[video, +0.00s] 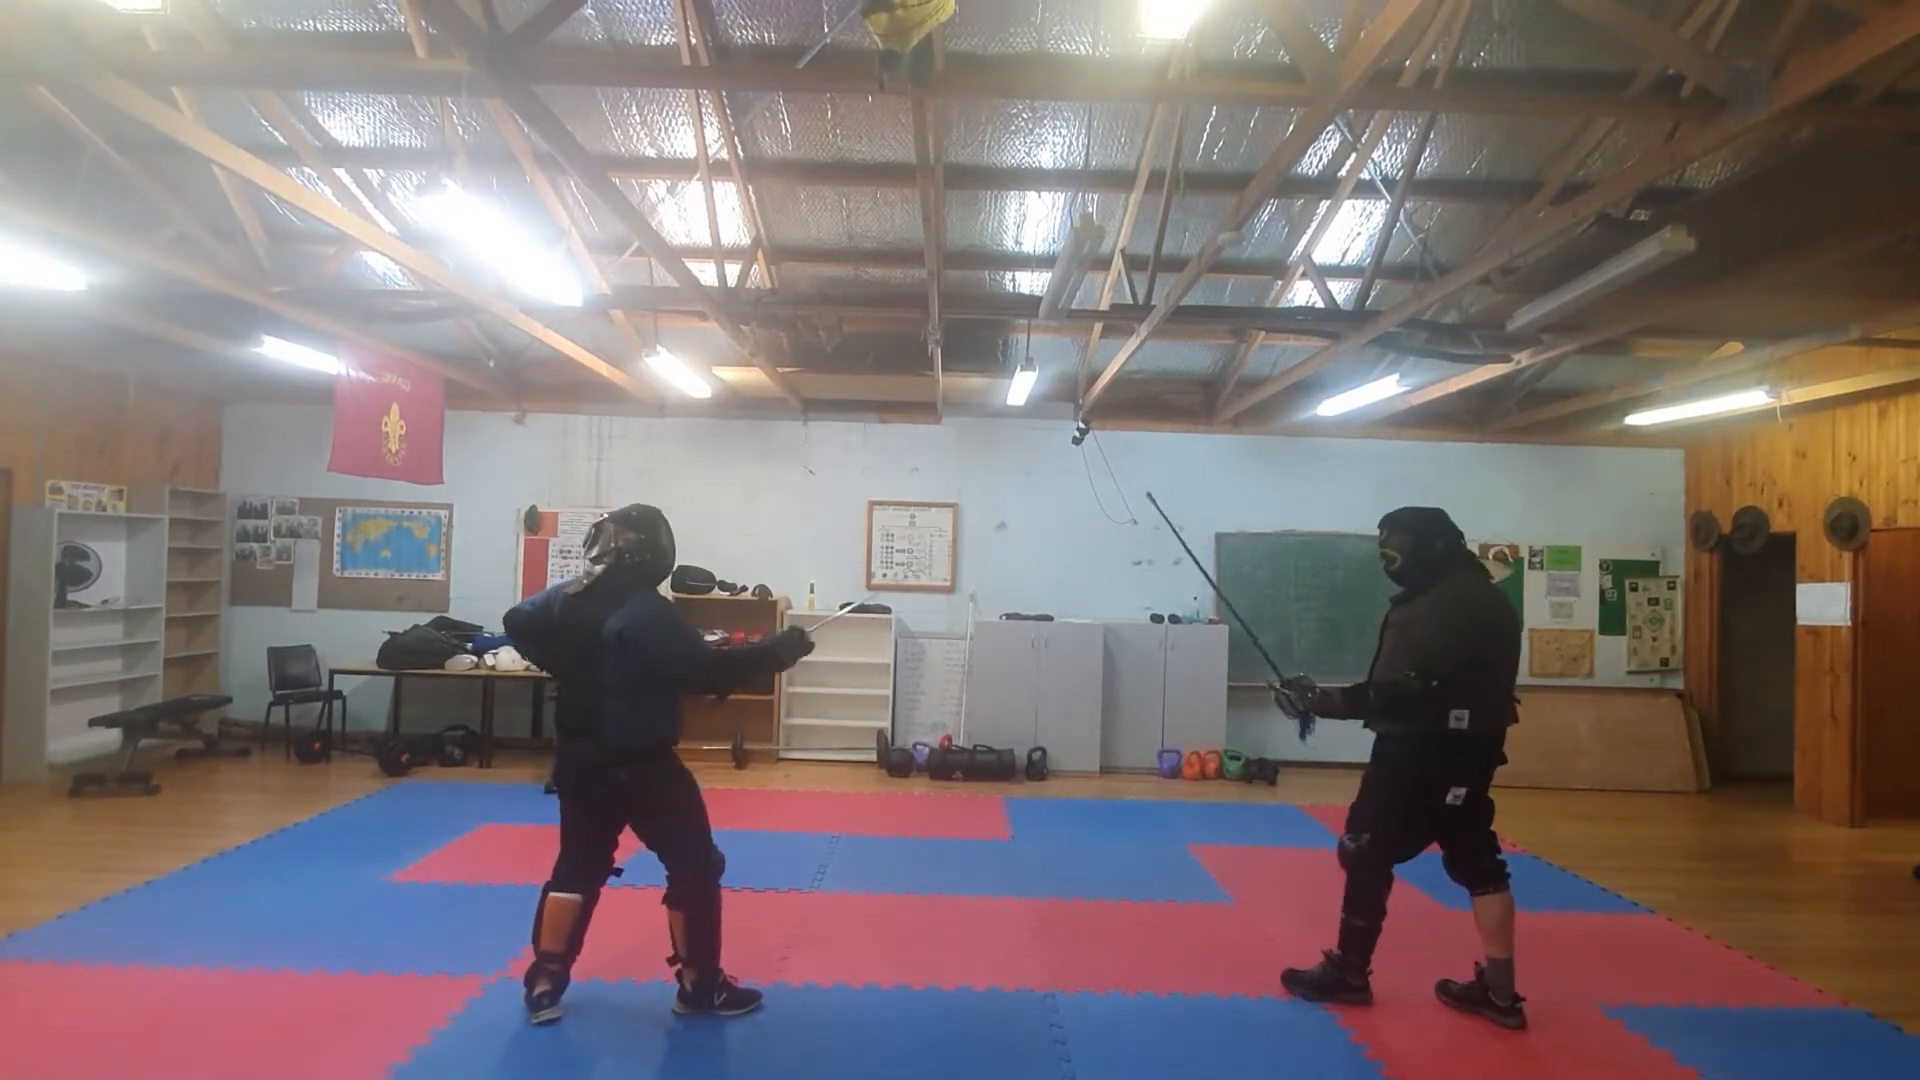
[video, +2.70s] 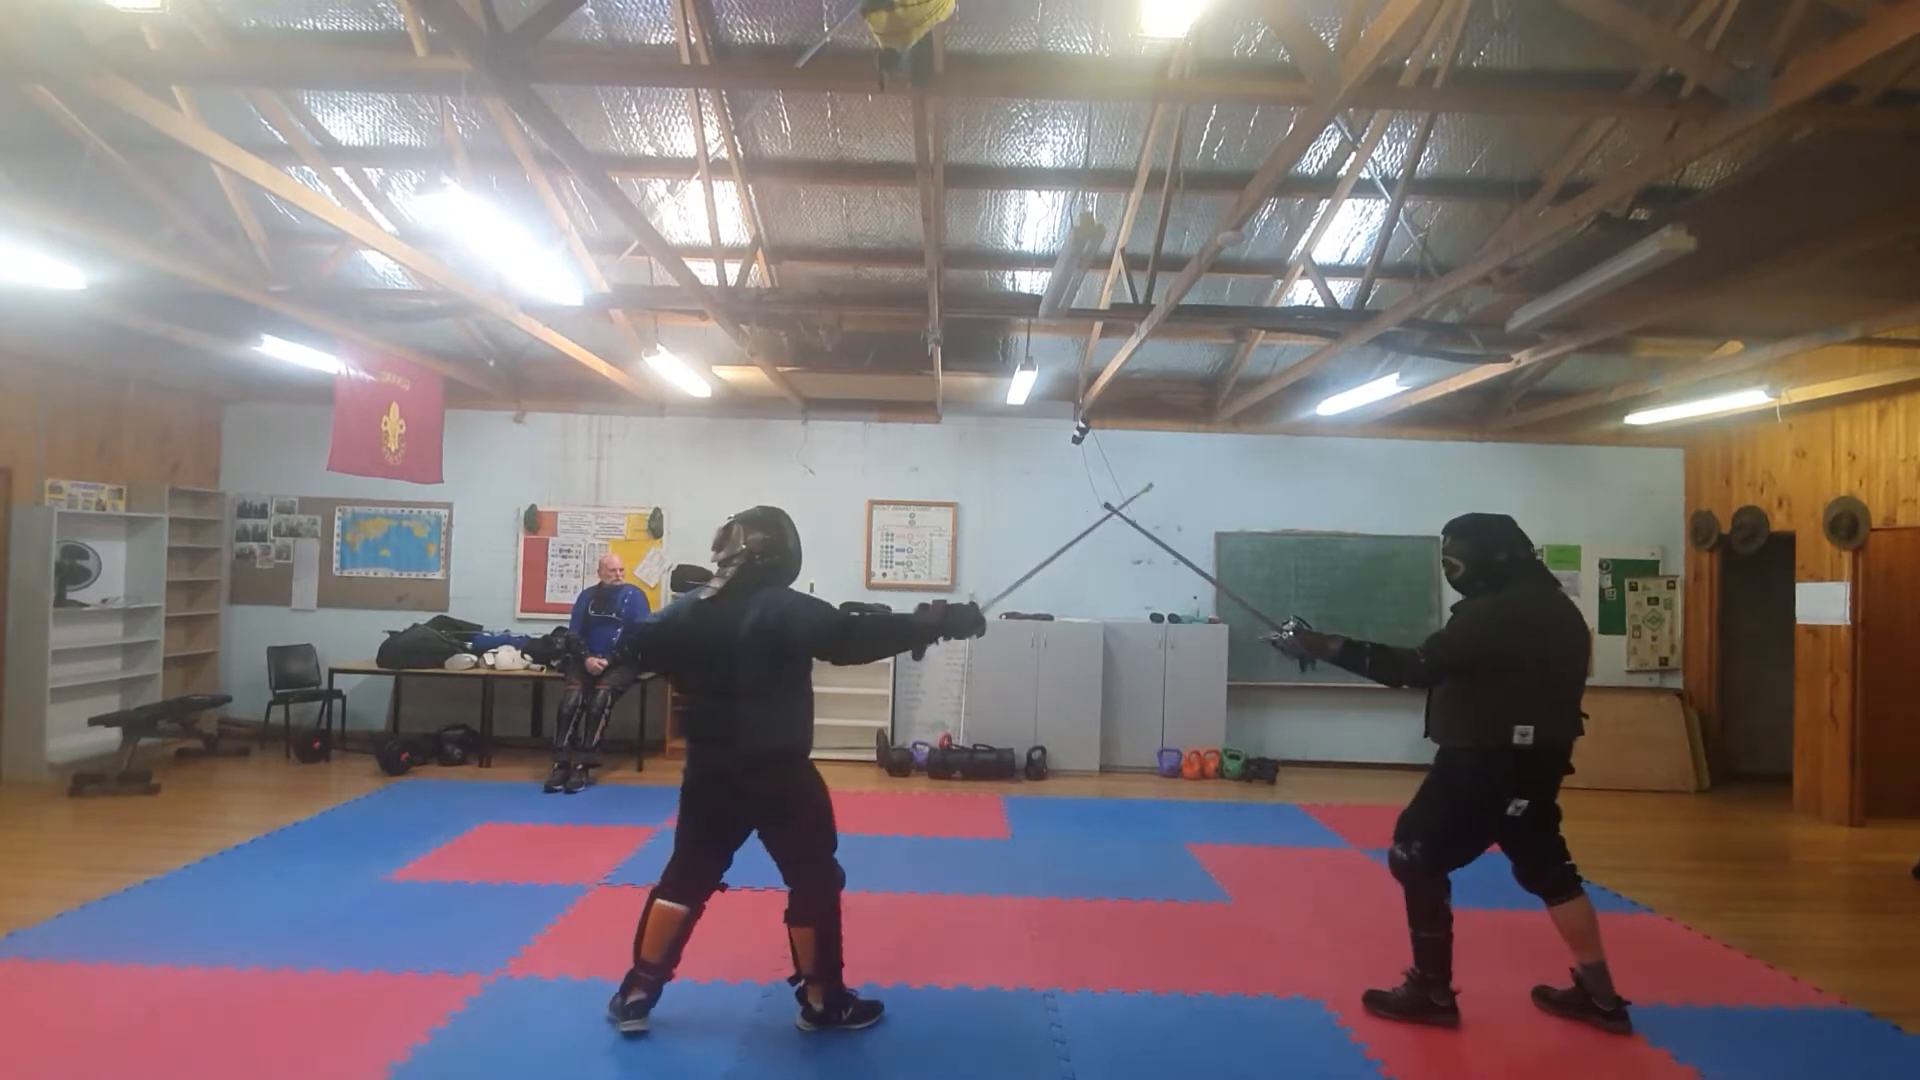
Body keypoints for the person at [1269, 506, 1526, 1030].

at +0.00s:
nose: (1388, 566)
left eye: (1394, 554)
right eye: (1385, 555)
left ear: (1423, 548)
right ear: (1442, 546)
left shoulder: (1421, 609)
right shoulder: (1491, 601)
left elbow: (1395, 700)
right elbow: (1495, 699)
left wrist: (1319, 699)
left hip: (1413, 757)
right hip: (1472, 758)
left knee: (1366, 852)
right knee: (1479, 864)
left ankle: (1349, 970)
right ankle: (1499, 989)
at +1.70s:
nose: (1368, 567)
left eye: (1373, 556)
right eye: (1366, 557)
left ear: (1402, 551)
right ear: (1426, 547)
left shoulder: (1405, 606)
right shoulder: (1475, 600)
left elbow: (1345, 659)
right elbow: (1474, 686)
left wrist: (1252, 657)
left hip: (1395, 753)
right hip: (1456, 752)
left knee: (1343, 844)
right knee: (1470, 855)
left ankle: (1344, 970)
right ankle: (1513, 973)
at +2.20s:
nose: (1401, 578)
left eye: (1406, 567)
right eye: (1399, 568)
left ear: (1435, 564)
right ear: (1458, 562)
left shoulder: (1440, 617)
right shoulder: (1512, 616)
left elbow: (1369, 665)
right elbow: (1511, 703)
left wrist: (1281, 643)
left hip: (1432, 768)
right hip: (1494, 771)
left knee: (1364, 851)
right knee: (1518, 869)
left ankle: (1345, 970)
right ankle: (1589, 984)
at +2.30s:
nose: (1419, 578)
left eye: (1424, 567)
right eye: (1417, 568)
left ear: (1454, 564)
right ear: (1480, 561)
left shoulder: (1460, 616)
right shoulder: (1532, 613)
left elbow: (1390, 668)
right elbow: (1534, 701)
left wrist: (1298, 647)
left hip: (1457, 765)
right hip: (1519, 765)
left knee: (1391, 855)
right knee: (1538, 870)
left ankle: (1350, 968)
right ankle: (1596, 991)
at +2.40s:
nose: (1437, 576)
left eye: (1442, 565)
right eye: (1435, 566)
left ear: (1471, 559)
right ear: (1498, 556)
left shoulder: (1478, 612)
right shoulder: (1548, 608)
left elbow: (1407, 667)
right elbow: (1546, 690)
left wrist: (1318, 651)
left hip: (1473, 760)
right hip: (1535, 759)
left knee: (1408, 855)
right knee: (1544, 867)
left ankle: (1360, 967)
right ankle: (1598, 992)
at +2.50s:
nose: (1450, 577)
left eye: (1455, 565)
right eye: (1447, 566)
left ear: (1485, 559)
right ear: (1512, 555)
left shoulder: (1486, 613)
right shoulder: (1562, 610)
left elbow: (1417, 666)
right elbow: (1563, 698)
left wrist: (1328, 649)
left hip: (1478, 763)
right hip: (1541, 763)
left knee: (1409, 849)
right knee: (1552, 869)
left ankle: (1396, 978)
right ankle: (1600, 993)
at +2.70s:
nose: (1450, 573)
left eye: (1456, 561)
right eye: (1447, 562)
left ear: (1490, 558)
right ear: (1513, 554)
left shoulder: (1487, 613)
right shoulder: (1562, 610)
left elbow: (1419, 667)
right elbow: (1561, 698)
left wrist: (1330, 648)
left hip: (1479, 760)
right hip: (1538, 761)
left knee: (1417, 855)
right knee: (1549, 869)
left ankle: (1431, 989)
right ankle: (1600, 993)